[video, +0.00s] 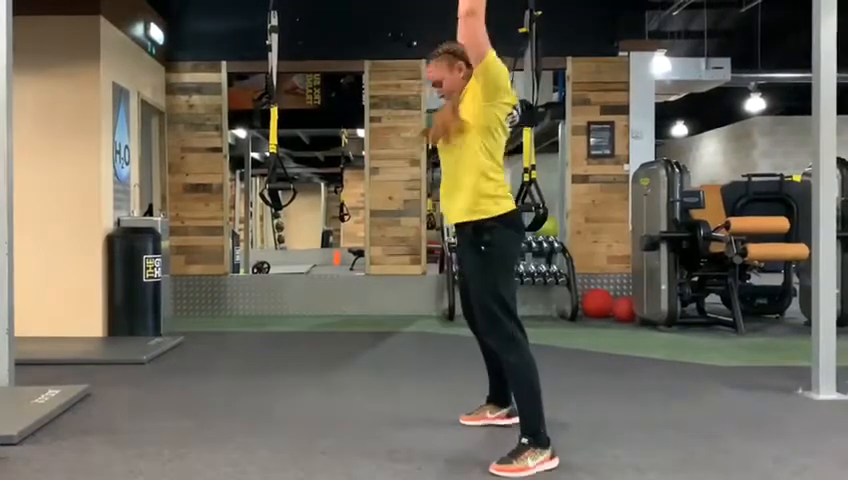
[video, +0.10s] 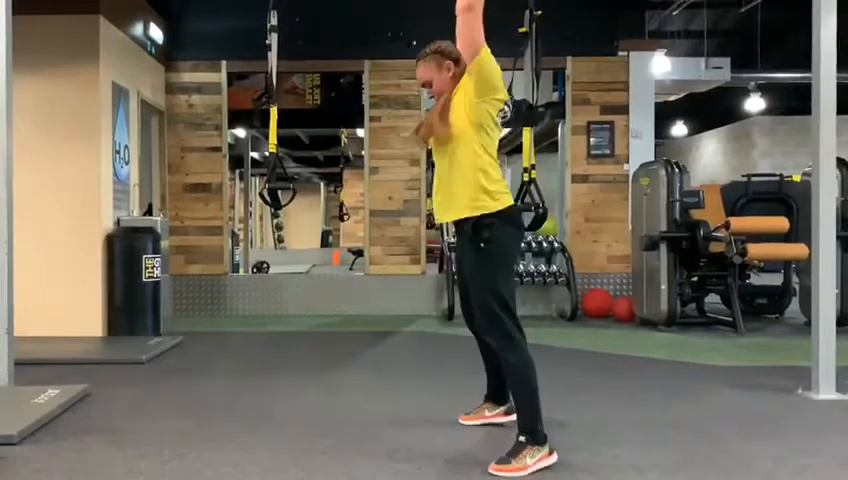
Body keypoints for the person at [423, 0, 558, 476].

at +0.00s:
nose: (437, 89)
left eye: (441, 81)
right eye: (434, 84)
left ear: (462, 68)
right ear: (448, 77)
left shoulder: (490, 85)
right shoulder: (454, 106)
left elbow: (472, 13)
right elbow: (436, 137)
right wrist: (453, 109)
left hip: (491, 224)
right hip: (468, 226)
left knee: (501, 326)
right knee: (478, 317)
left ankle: (538, 443)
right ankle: (501, 402)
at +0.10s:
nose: (427, 89)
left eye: (430, 81)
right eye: (424, 84)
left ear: (452, 68)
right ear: (439, 77)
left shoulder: (481, 83)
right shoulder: (448, 104)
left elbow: (468, 8)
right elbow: (431, 140)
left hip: (490, 223)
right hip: (468, 225)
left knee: (499, 326)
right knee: (478, 319)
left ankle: (535, 440)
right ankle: (499, 400)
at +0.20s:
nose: (434, 94)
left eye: (437, 85)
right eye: (430, 88)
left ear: (457, 70)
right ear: (440, 81)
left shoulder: (488, 88)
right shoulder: (453, 102)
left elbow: (461, 18)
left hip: (494, 225)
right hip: (471, 226)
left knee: (495, 326)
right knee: (475, 319)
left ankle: (536, 442)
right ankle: (500, 401)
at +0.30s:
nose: (444, 77)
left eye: (450, 70)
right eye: (443, 72)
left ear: (475, 64)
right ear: (462, 71)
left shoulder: (502, 85)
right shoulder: (468, 107)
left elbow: (438, 68)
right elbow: (434, 141)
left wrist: (425, 18)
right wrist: (459, 98)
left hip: (504, 226)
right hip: (482, 228)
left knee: (497, 327)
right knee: (478, 321)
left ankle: (537, 444)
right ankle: (500, 403)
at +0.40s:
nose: (442, 107)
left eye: (442, 98)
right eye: (438, 100)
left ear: (461, 81)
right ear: (457, 84)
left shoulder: (496, 95)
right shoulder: (474, 111)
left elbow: (456, 147)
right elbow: (445, 149)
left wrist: (406, 127)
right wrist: (396, 142)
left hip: (531, 221)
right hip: (508, 226)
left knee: (504, 316)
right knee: (489, 310)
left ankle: (535, 439)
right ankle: (503, 399)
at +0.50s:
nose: (430, 138)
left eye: (429, 128)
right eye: (426, 131)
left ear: (447, 111)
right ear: (446, 113)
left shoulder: (482, 134)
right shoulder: (470, 137)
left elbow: (485, 204)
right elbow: (468, 201)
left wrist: (438, 247)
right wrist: (440, 243)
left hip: (548, 235)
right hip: (528, 237)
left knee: (509, 324)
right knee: (495, 317)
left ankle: (541, 445)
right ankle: (512, 403)